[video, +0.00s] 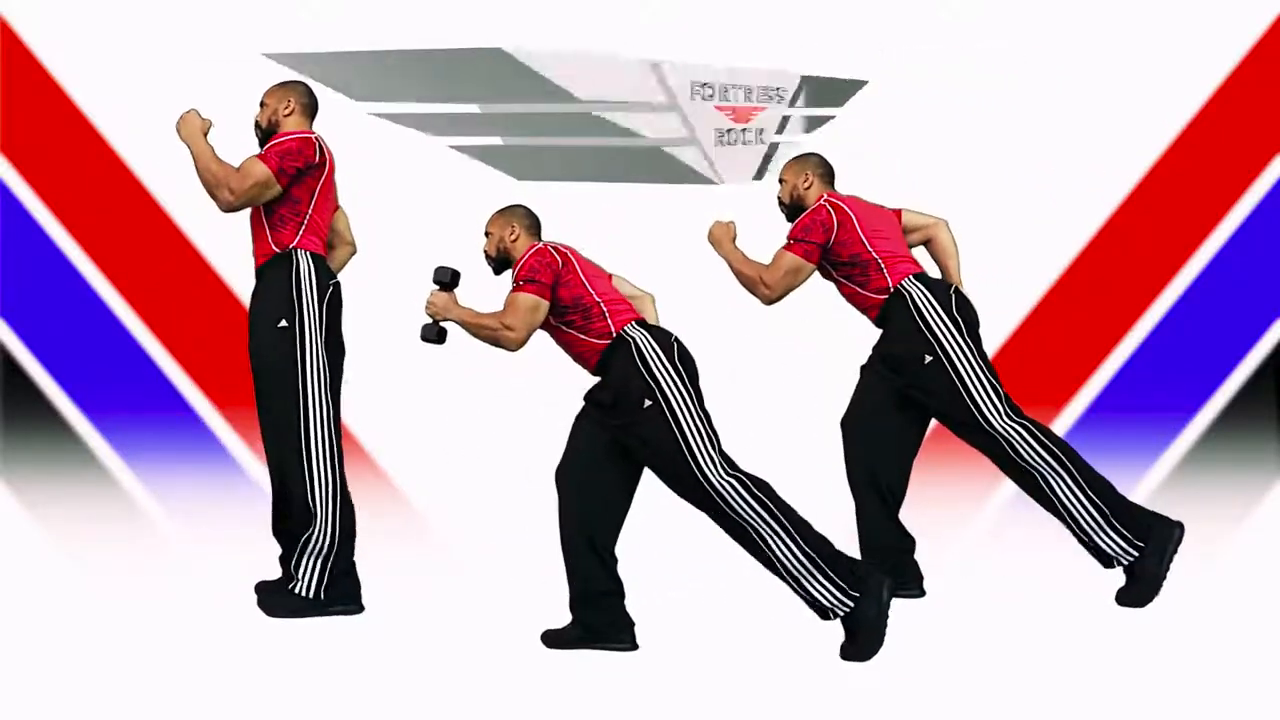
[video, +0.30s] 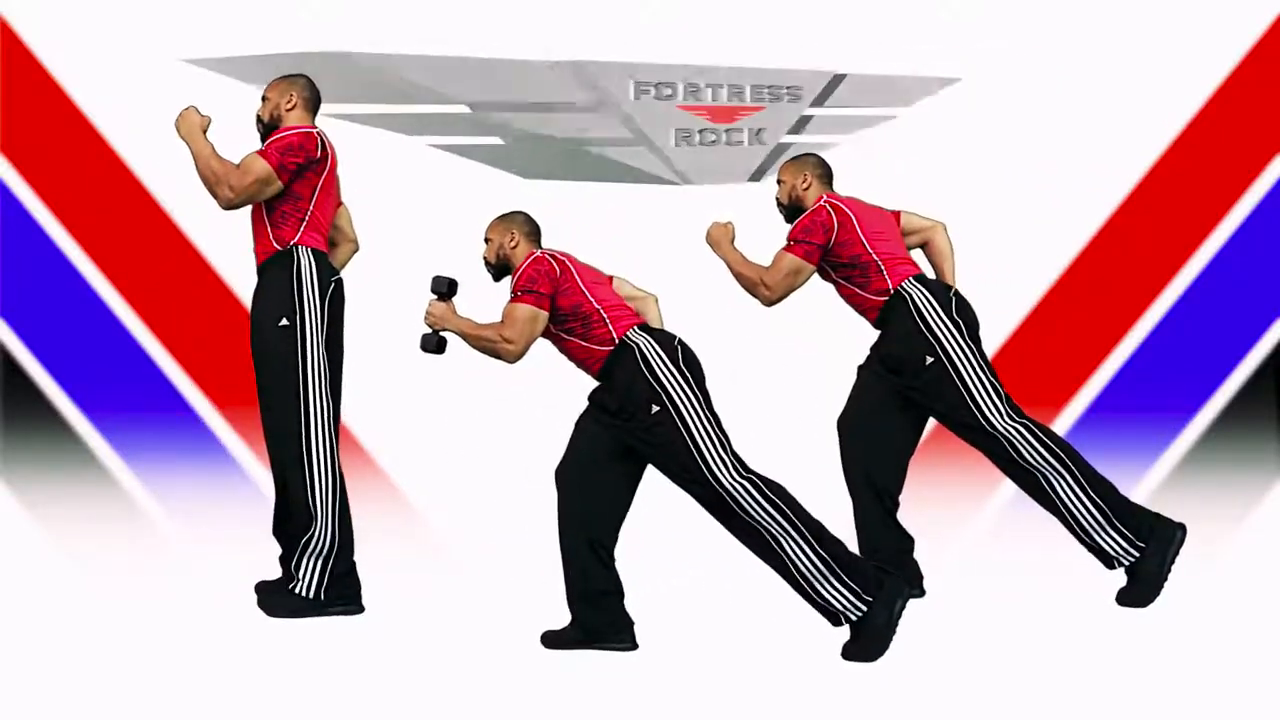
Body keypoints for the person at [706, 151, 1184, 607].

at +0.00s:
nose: (777, 192)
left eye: (784, 182)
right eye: (778, 184)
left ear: (812, 183)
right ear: (817, 186)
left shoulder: (821, 216)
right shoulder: (858, 211)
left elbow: (769, 286)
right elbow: (934, 228)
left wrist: (726, 249)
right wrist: (953, 294)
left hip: (923, 313)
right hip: (910, 323)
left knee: (1004, 433)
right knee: (866, 435)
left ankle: (1141, 537)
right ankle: (892, 566)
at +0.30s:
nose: (777, 193)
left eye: (785, 183)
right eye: (777, 185)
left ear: (812, 184)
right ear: (813, 187)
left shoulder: (821, 216)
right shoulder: (855, 213)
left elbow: (769, 288)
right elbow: (929, 229)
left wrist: (724, 249)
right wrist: (947, 298)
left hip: (921, 316)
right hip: (907, 328)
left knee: (1006, 434)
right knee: (863, 438)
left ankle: (1143, 538)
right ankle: (892, 567)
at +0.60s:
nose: (772, 186)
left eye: (777, 176)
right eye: (771, 178)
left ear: (803, 173)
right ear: (810, 175)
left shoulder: (822, 203)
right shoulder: (847, 206)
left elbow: (808, 277)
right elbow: (914, 253)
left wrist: (747, 289)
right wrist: (908, 314)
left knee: (949, 433)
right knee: (860, 438)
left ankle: (1092, 526)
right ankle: (890, 575)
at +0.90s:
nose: (784, 159)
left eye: (789, 148)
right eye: (785, 151)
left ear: (814, 145)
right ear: (814, 149)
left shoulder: (848, 165)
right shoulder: (835, 206)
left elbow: (913, 195)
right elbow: (803, 270)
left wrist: (935, 269)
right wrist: (750, 241)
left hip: (900, 271)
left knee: (788, 317)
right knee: (884, 442)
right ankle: (897, 571)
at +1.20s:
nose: (793, 153)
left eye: (798, 143)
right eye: (792, 146)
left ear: (822, 139)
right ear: (822, 143)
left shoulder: (854, 161)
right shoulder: (837, 203)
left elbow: (926, 192)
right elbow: (795, 258)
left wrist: (957, 263)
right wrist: (748, 225)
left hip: (897, 277)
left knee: (776, 294)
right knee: (873, 435)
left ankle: (789, 424)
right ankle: (890, 564)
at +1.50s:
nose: (790, 155)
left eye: (794, 145)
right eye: (790, 148)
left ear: (818, 140)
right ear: (820, 144)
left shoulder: (851, 162)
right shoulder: (838, 201)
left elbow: (919, 195)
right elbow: (805, 270)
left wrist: (939, 272)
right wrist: (751, 242)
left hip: (898, 273)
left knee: (781, 317)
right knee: (869, 436)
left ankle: (801, 448)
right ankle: (890, 569)